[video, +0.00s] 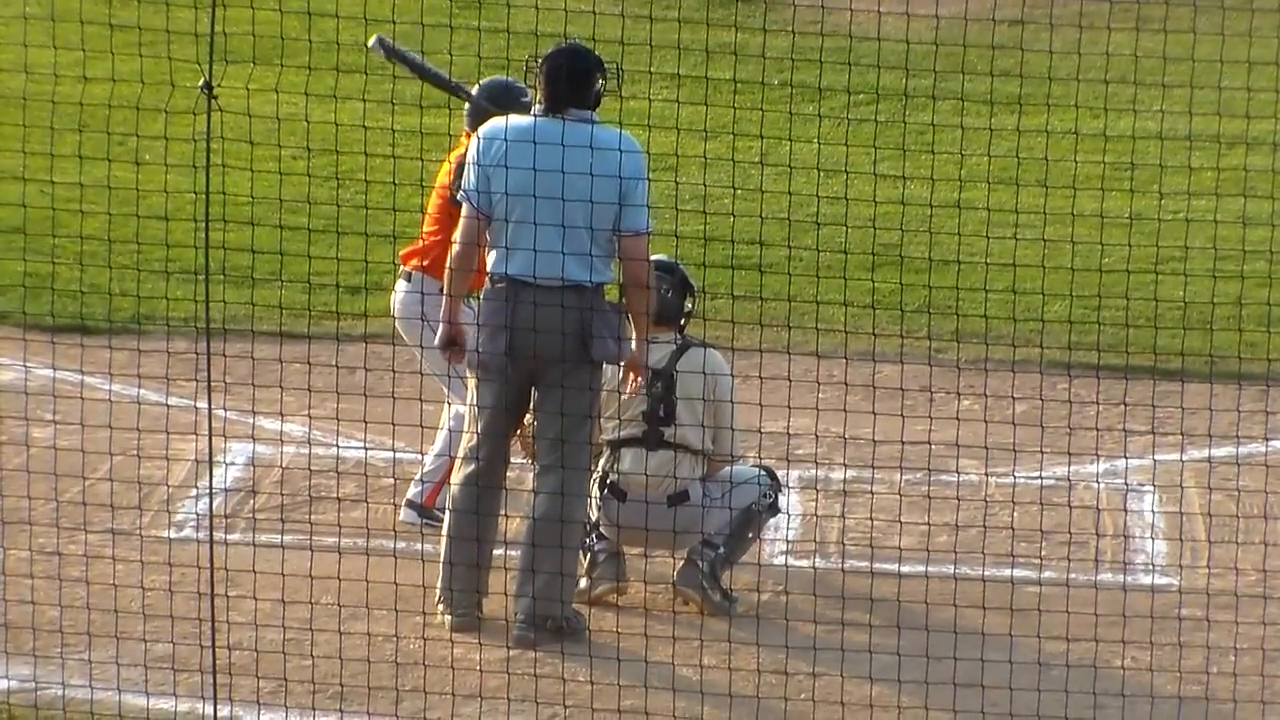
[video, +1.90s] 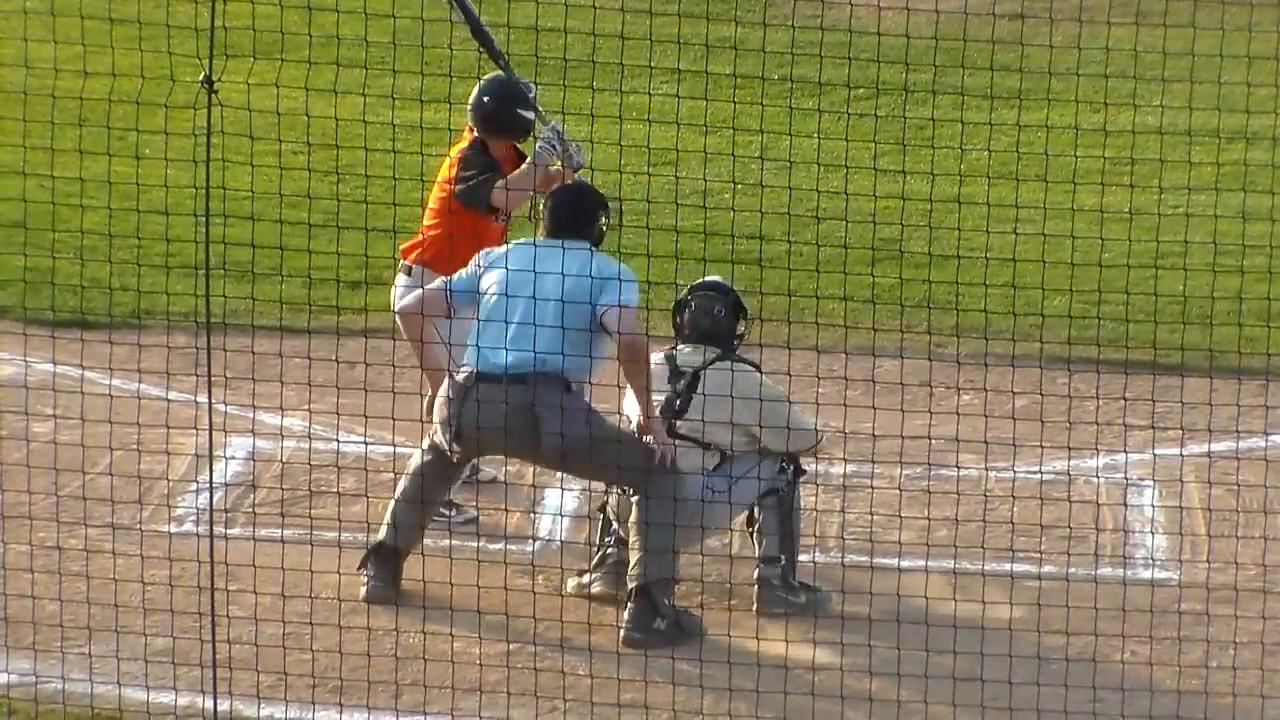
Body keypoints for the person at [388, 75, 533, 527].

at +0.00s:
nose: (524, 129)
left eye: (523, 122)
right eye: (519, 120)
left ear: (476, 117)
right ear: (502, 121)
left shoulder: (467, 154)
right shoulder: (478, 159)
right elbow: (477, 237)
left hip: (419, 294)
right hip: (434, 297)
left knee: (473, 394)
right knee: (480, 394)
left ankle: (431, 494)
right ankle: (427, 496)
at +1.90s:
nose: (529, 122)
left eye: (529, 116)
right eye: (525, 115)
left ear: (484, 116)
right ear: (513, 120)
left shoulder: (506, 155)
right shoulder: (472, 158)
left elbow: (538, 185)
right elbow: (503, 199)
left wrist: (564, 168)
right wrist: (539, 164)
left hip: (463, 284)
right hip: (425, 283)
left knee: (476, 368)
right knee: (445, 382)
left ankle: (466, 460)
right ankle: (434, 492)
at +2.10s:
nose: (525, 128)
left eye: (526, 122)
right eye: (521, 121)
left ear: (487, 120)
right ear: (510, 124)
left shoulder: (505, 155)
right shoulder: (473, 163)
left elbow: (544, 192)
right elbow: (503, 206)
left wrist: (563, 173)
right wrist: (537, 171)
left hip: (463, 289)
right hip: (426, 289)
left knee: (475, 387)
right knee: (453, 397)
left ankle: (461, 475)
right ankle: (434, 499)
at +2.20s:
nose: (530, 128)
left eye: (530, 122)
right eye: (526, 122)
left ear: (484, 125)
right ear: (515, 128)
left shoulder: (508, 160)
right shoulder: (470, 166)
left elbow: (555, 190)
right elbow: (505, 210)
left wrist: (565, 171)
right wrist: (536, 175)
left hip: (461, 296)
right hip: (424, 294)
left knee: (475, 388)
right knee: (452, 398)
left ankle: (462, 472)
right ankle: (433, 498)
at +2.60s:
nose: (531, 134)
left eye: (531, 128)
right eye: (527, 128)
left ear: (486, 132)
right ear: (512, 135)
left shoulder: (507, 168)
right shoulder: (470, 172)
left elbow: (556, 199)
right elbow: (501, 217)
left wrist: (561, 177)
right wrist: (534, 177)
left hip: (457, 304)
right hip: (425, 302)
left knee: (476, 398)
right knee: (462, 405)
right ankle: (433, 506)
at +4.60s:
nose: (435, 103)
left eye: (436, 94)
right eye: (432, 93)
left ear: (394, 85)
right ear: (414, 92)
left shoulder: (377, 123)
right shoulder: (379, 135)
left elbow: (390, 189)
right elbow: (373, 209)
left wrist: (419, 172)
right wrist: (425, 197)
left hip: (356, 260)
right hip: (361, 264)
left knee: (374, 377)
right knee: (394, 378)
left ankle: (345, 485)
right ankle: (405, 498)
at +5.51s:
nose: (272, 87)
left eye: (271, 80)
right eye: (271, 80)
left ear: (222, 69)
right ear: (264, 77)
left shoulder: (179, 107)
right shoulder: (269, 121)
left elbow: (161, 177)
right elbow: (285, 208)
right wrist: (288, 180)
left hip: (174, 253)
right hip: (239, 256)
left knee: (138, 364)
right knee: (257, 370)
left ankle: (98, 473)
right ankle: (262, 487)